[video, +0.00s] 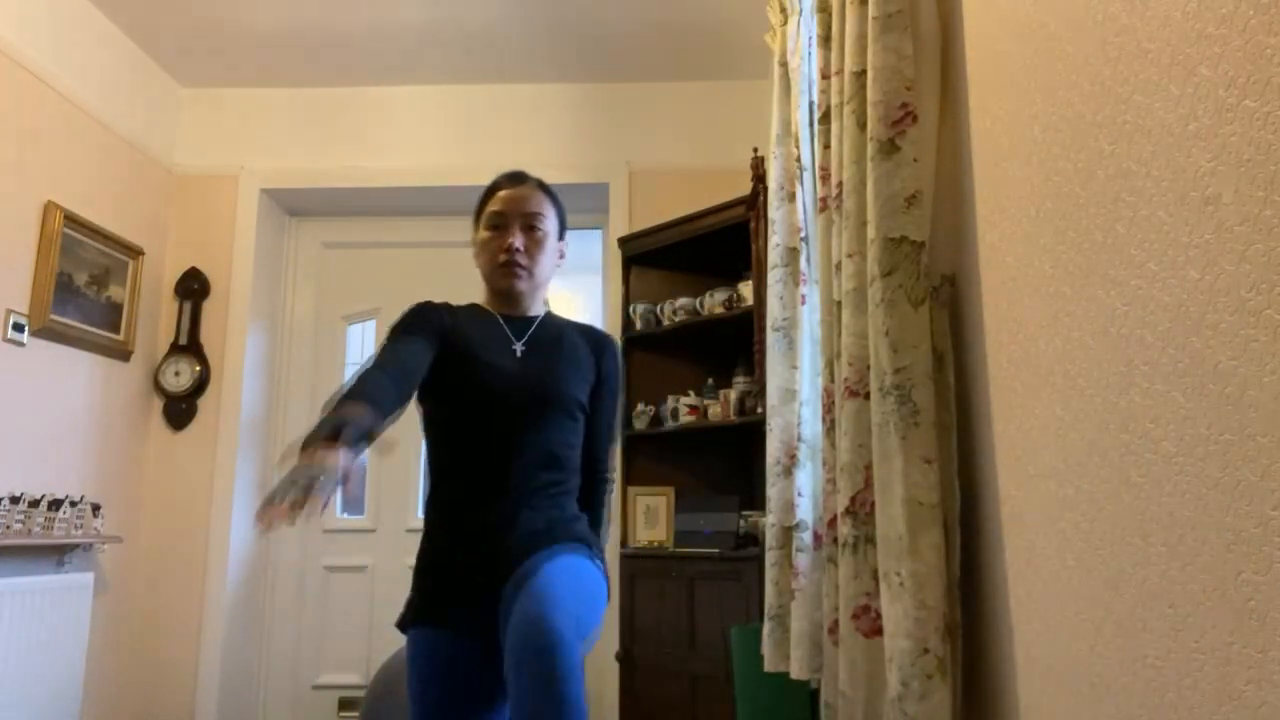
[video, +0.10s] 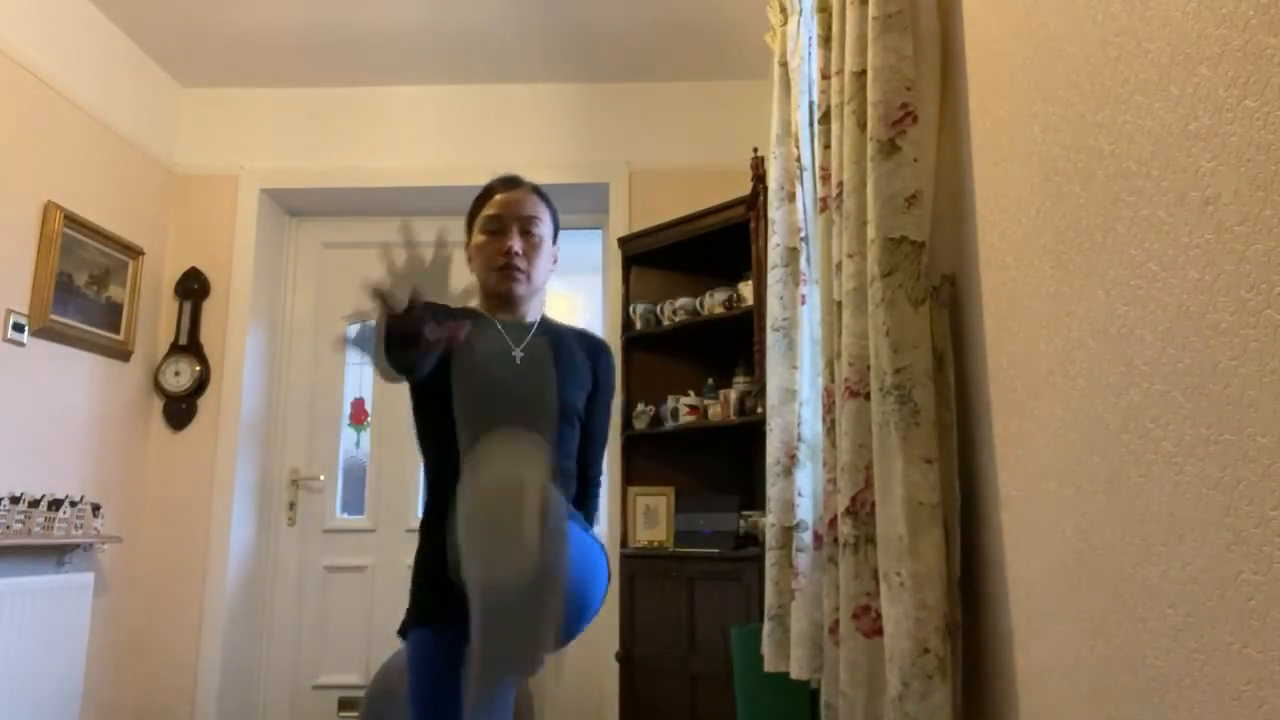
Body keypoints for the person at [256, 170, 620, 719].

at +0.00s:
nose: (513, 240)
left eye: (533, 228)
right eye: (498, 226)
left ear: (559, 253)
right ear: (475, 245)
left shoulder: (595, 350)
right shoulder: (437, 324)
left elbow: (594, 477)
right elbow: (386, 380)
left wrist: (586, 562)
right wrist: (334, 440)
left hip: (555, 552)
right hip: (455, 561)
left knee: (543, 633)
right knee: (440, 707)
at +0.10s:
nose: (511, 244)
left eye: (530, 232)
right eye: (494, 230)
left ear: (553, 258)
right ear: (469, 253)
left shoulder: (588, 354)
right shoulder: (439, 331)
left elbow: (586, 482)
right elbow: (403, 359)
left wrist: (555, 582)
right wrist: (407, 329)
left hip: (552, 577)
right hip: (448, 580)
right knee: (438, 709)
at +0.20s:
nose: (517, 244)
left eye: (532, 233)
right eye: (499, 234)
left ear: (551, 262)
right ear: (468, 260)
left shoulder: (586, 362)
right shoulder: (428, 348)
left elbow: (586, 494)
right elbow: (420, 330)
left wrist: (550, 636)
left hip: (550, 591)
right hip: (451, 595)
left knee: (536, 494)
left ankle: (497, 384)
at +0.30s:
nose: (514, 239)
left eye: (531, 230)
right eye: (497, 226)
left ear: (550, 260)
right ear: (465, 244)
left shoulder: (585, 361)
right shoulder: (427, 341)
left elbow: (588, 493)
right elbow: (415, 330)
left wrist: (560, 629)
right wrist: (441, 275)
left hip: (552, 590)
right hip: (451, 595)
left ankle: (504, 439)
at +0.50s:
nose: (517, 225)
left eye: (534, 215)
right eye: (499, 212)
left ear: (553, 244)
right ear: (470, 239)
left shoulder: (590, 340)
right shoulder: (430, 321)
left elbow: (602, 465)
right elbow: (394, 375)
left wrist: (594, 560)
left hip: (559, 555)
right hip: (453, 561)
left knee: (536, 657)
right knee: (441, 707)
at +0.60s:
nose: (521, 229)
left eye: (539, 219)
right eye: (503, 216)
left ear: (558, 247)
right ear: (474, 241)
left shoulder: (598, 338)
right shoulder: (430, 332)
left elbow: (621, 466)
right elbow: (381, 431)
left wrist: (625, 592)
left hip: (564, 587)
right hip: (455, 585)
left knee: (553, 710)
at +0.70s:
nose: (530, 232)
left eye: (547, 221)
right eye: (511, 219)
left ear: (568, 250)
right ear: (483, 246)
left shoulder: (608, 340)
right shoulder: (441, 344)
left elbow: (642, 472)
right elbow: (384, 472)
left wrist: (660, 599)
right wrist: (327, 590)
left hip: (579, 617)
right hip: (461, 615)